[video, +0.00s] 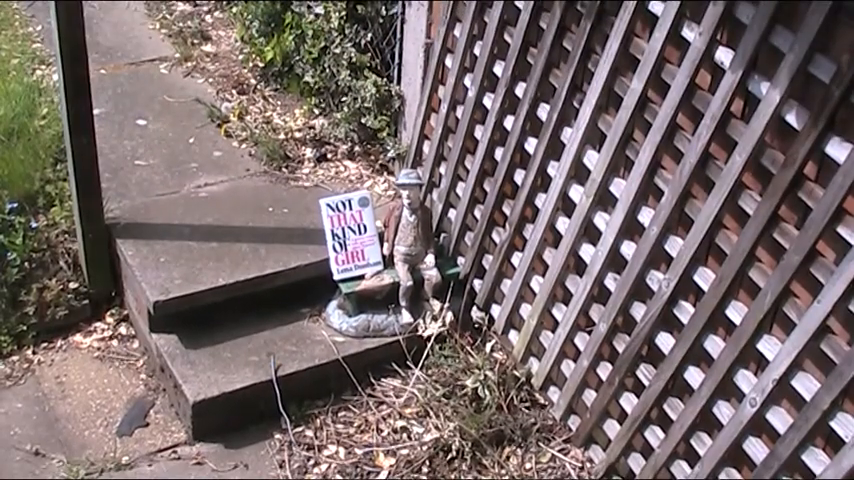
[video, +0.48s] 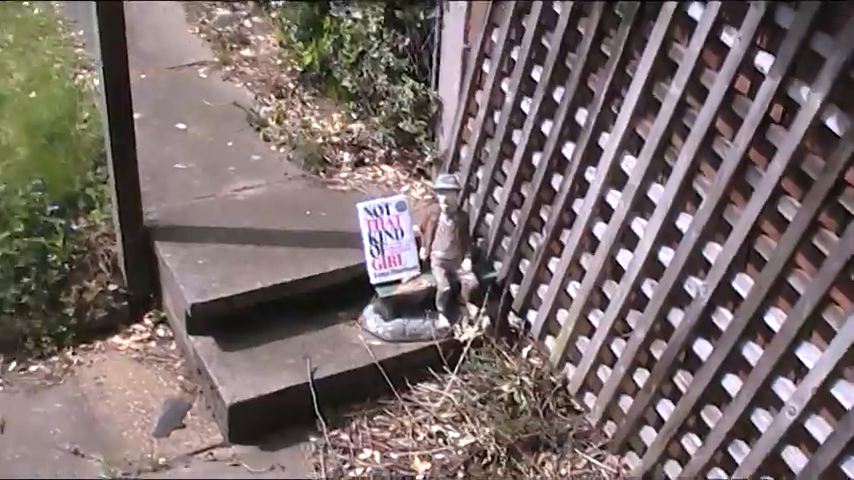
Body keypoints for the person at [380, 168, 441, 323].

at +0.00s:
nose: (406, 194)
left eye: (411, 189)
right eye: (403, 189)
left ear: (419, 191)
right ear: (399, 191)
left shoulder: (425, 212)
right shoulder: (395, 210)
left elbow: (429, 235)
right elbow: (388, 227)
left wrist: (430, 252)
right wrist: (387, 243)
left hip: (421, 253)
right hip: (401, 252)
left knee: (434, 278)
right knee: (407, 283)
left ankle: (428, 299)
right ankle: (405, 308)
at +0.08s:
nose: (406, 194)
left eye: (411, 190)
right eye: (403, 189)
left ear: (419, 191)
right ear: (399, 191)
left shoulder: (425, 212)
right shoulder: (395, 210)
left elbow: (429, 235)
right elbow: (388, 227)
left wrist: (430, 252)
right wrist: (387, 243)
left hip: (421, 253)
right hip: (401, 253)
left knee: (434, 278)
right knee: (407, 283)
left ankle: (428, 299)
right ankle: (405, 307)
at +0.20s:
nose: (409, 199)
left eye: (413, 195)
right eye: (406, 195)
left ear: (421, 195)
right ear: (402, 195)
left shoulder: (427, 214)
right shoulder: (398, 211)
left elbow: (431, 236)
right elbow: (392, 230)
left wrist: (432, 253)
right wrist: (389, 246)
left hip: (422, 255)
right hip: (403, 255)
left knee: (437, 280)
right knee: (409, 284)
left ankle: (433, 302)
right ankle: (407, 311)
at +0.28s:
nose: (425, 200)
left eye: (429, 196)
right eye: (422, 195)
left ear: (438, 196)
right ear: (418, 196)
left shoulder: (443, 216)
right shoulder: (414, 213)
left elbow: (446, 238)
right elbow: (408, 232)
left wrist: (447, 255)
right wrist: (405, 247)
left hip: (437, 257)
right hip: (418, 256)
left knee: (452, 282)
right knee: (425, 285)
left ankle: (448, 305)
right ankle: (422, 311)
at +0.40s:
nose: (444, 200)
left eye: (448, 195)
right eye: (441, 195)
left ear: (457, 196)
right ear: (437, 196)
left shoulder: (462, 216)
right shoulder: (433, 213)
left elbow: (466, 238)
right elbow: (427, 231)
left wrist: (467, 254)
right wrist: (425, 246)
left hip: (457, 257)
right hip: (438, 256)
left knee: (472, 282)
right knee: (444, 286)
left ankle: (466, 305)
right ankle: (441, 311)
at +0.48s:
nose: (444, 201)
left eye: (448, 197)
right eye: (441, 196)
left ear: (457, 197)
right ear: (437, 197)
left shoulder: (462, 217)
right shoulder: (434, 214)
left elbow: (465, 239)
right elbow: (427, 232)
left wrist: (467, 256)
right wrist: (425, 248)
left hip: (457, 259)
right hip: (438, 258)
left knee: (472, 284)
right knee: (445, 288)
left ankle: (465, 306)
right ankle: (442, 313)